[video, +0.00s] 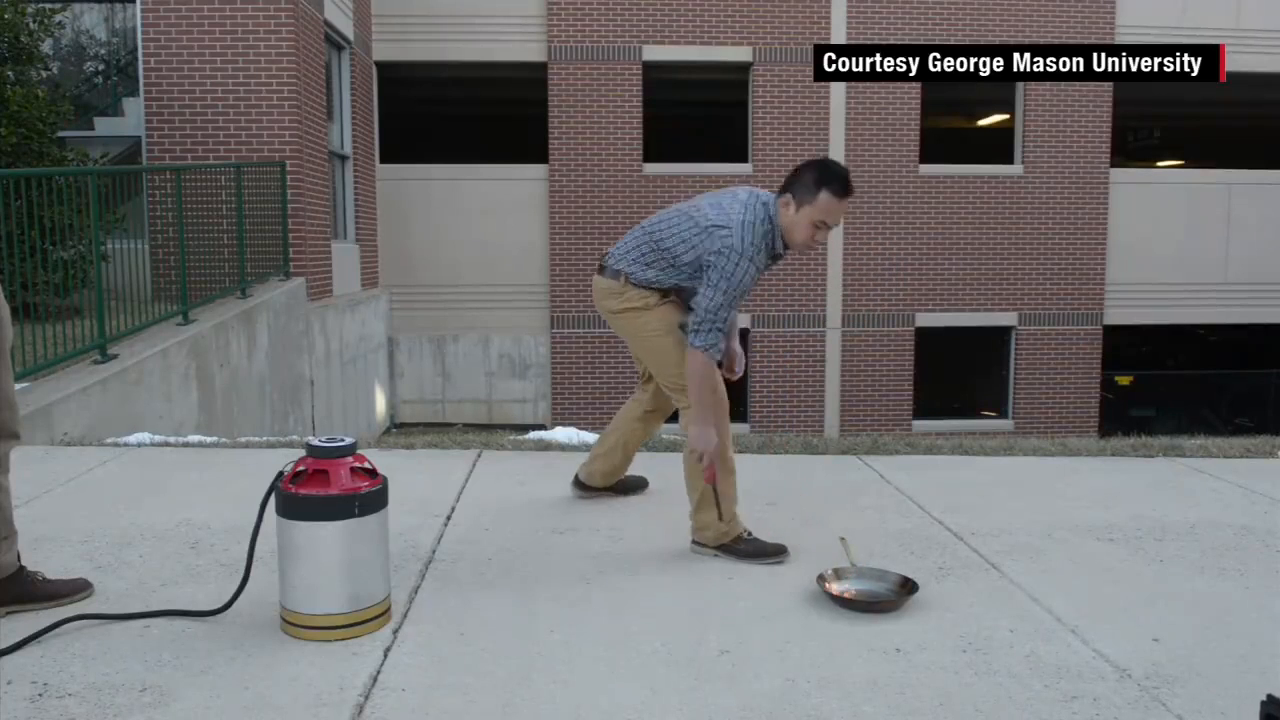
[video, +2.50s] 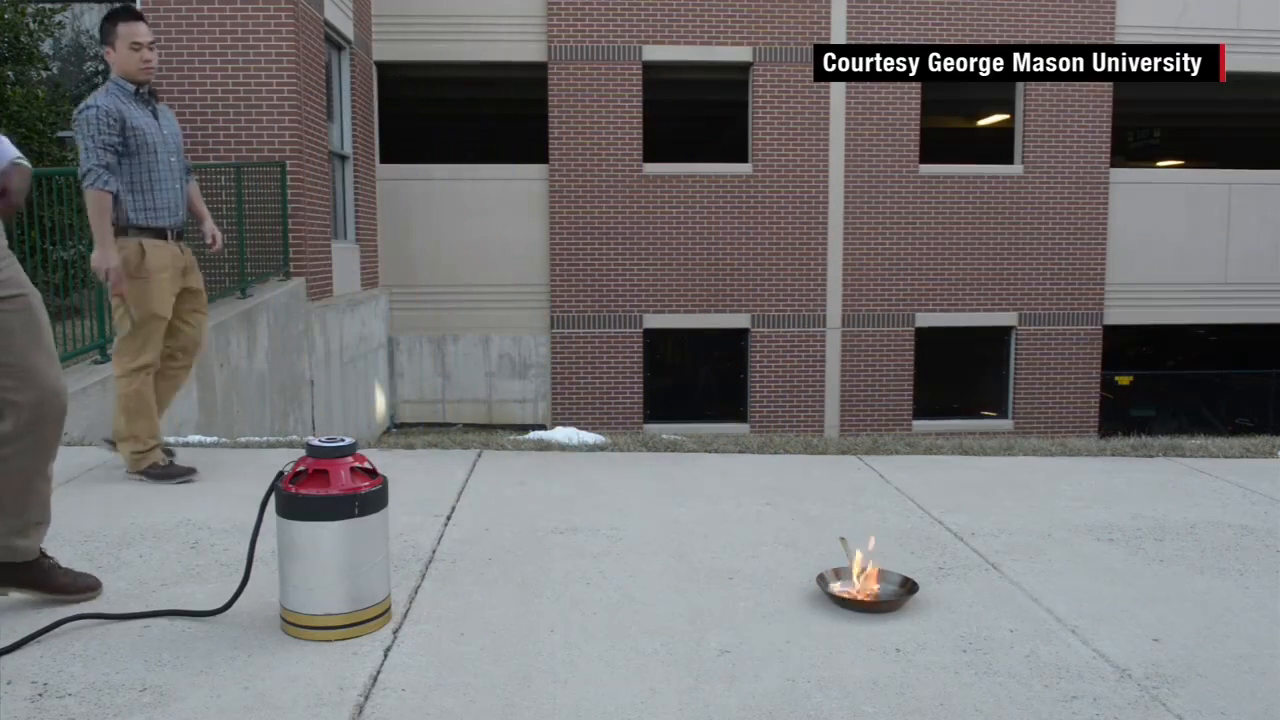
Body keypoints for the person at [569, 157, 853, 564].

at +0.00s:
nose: (822, 238)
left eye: (830, 229)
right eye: (819, 225)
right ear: (788, 204)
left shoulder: (765, 219)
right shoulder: (741, 239)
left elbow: (728, 282)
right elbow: (703, 337)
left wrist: (730, 334)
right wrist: (701, 422)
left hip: (660, 285)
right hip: (630, 288)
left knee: (665, 388)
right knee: (707, 399)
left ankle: (597, 473)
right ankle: (716, 530)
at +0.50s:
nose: (657, 84)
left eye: (664, 75)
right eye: (649, 72)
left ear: (666, 73)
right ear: (619, 65)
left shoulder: (646, 131)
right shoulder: (586, 116)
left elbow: (652, 204)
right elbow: (562, 189)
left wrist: (667, 262)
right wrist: (561, 260)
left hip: (622, 263)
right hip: (588, 260)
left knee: (633, 373)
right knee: (607, 368)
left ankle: (602, 471)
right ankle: (591, 485)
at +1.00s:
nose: (499, 76)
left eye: (505, 66)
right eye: (489, 65)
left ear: (510, 69)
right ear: (462, 67)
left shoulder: (507, 129)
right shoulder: (440, 121)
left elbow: (516, 202)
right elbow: (442, 193)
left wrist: (534, 257)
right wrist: (486, 232)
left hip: (511, 265)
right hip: (463, 264)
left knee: (544, 366)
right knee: (442, 373)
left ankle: (582, 462)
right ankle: (410, 469)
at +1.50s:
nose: (399, 74)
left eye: (403, 65)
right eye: (388, 66)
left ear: (406, 68)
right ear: (361, 69)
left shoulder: (406, 129)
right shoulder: (345, 121)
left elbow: (425, 192)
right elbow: (329, 192)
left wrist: (464, 230)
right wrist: (327, 257)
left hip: (404, 254)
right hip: (370, 254)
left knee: (377, 362)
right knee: (403, 360)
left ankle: (329, 448)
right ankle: (412, 469)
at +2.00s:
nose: (297, 71)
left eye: (301, 63)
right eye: (287, 63)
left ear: (305, 67)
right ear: (262, 68)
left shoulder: (303, 124)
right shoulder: (249, 116)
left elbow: (309, 191)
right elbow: (251, 182)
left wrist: (323, 238)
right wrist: (284, 225)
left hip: (309, 251)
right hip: (270, 250)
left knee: (337, 348)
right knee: (257, 348)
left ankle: (336, 444)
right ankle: (183, 427)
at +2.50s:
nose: (148, 55)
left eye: (152, 46)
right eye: (136, 47)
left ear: (156, 51)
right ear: (109, 54)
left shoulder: (162, 112)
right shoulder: (99, 109)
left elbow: (180, 173)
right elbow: (97, 183)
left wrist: (205, 216)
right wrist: (104, 246)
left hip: (178, 248)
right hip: (138, 248)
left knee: (184, 345)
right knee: (138, 356)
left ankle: (134, 431)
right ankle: (141, 454)